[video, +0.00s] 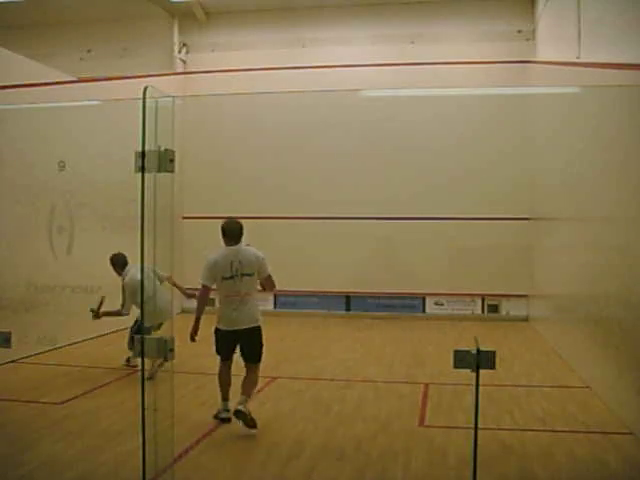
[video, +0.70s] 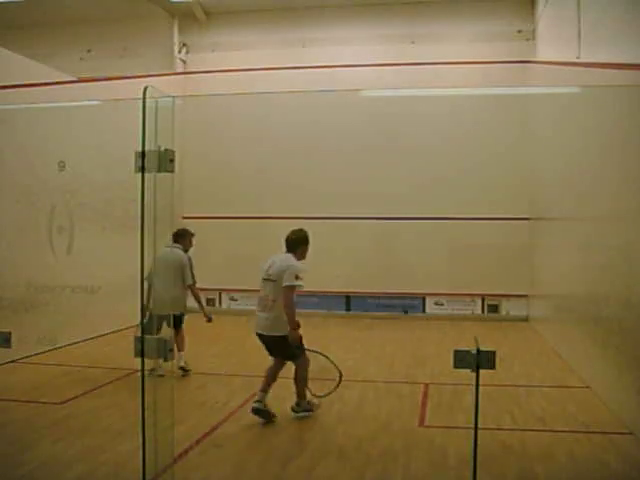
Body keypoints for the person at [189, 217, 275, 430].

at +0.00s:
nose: (225, 237)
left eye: (224, 233)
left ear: (222, 236)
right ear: (242, 235)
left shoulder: (215, 261)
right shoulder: (255, 257)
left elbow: (203, 295)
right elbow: (269, 286)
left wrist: (196, 323)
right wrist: (254, 284)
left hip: (225, 326)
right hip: (250, 325)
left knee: (225, 364)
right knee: (252, 368)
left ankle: (225, 407)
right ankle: (242, 404)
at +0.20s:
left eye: (226, 230)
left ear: (223, 233)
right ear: (241, 232)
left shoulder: (213, 255)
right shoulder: (254, 252)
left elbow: (204, 285)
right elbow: (267, 279)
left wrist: (203, 309)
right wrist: (268, 300)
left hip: (224, 316)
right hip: (251, 313)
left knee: (216, 348)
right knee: (263, 351)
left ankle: (216, 389)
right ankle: (265, 398)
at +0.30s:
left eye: (230, 243)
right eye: (241, 242)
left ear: (226, 245)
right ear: (244, 244)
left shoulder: (215, 266)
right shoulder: (255, 265)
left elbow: (205, 294)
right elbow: (266, 292)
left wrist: (206, 316)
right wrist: (271, 312)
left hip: (222, 324)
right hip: (249, 323)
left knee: (213, 356)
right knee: (270, 358)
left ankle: (198, 395)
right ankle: (285, 400)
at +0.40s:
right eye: (251, 260)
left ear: (234, 261)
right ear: (252, 262)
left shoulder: (220, 282)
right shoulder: (258, 284)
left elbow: (208, 310)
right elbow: (271, 315)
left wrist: (215, 330)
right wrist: (281, 334)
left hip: (223, 339)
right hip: (248, 339)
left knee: (213, 362)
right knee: (275, 359)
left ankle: (195, 398)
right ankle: (290, 400)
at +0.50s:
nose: (268, 263)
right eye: (267, 260)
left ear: (250, 262)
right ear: (267, 262)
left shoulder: (236, 281)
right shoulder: (272, 285)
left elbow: (223, 311)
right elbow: (282, 317)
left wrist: (236, 326)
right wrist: (292, 344)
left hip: (236, 340)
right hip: (261, 341)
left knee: (221, 364)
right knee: (285, 358)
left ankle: (198, 398)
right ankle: (292, 401)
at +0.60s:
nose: (288, 255)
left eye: (286, 252)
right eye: (287, 252)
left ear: (269, 252)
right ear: (285, 253)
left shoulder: (255, 271)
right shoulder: (285, 275)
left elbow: (242, 299)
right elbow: (288, 308)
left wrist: (255, 315)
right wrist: (294, 337)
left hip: (253, 332)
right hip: (278, 333)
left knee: (243, 362)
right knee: (295, 360)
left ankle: (222, 399)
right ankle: (293, 402)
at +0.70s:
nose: (307, 251)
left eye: (307, 247)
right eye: (307, 247)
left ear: (288, 245)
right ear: (302, 247)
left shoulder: (273, 262)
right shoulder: (291, 266)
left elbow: (268, 295)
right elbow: (287, 301)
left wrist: (289, 319)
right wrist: (293, 328)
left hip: (263, 327)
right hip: (279, 329)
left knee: (279, 360)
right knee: (302, 361)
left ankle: (260, 400)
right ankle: (301, 402)